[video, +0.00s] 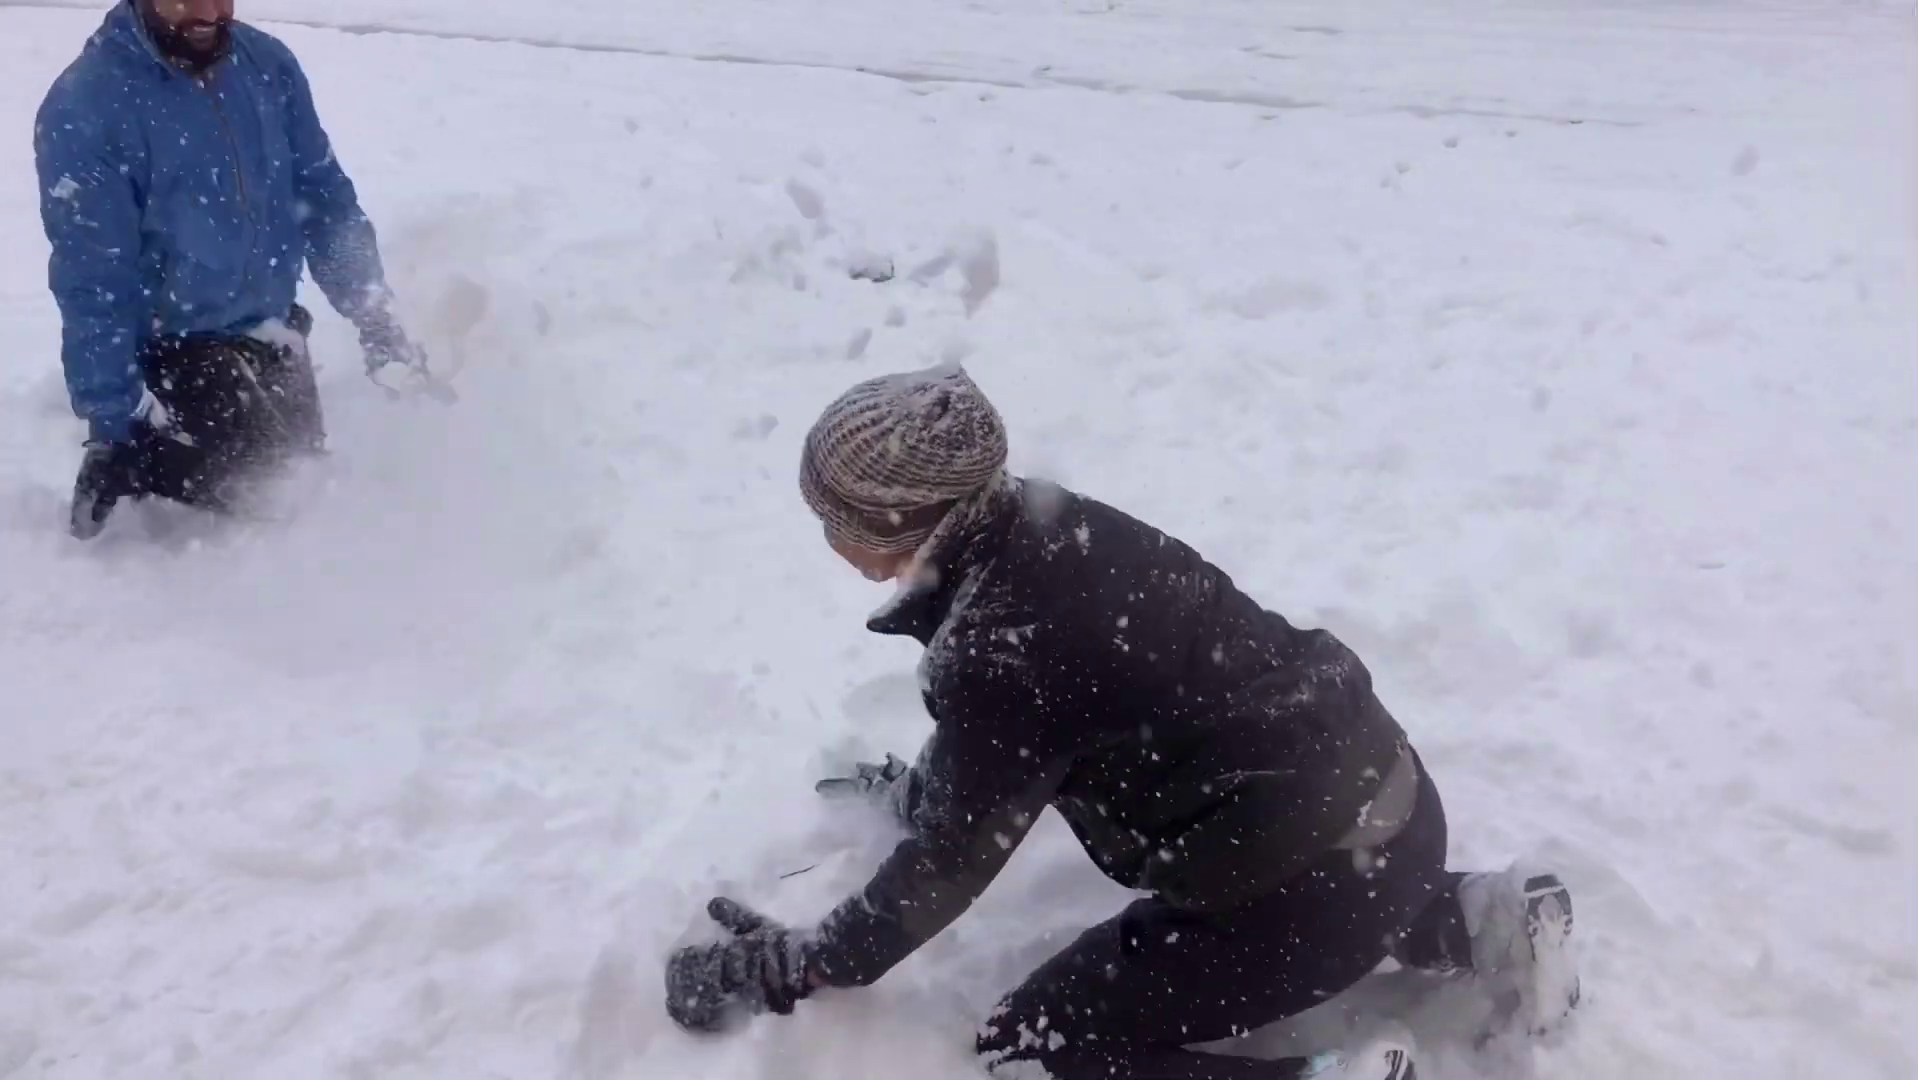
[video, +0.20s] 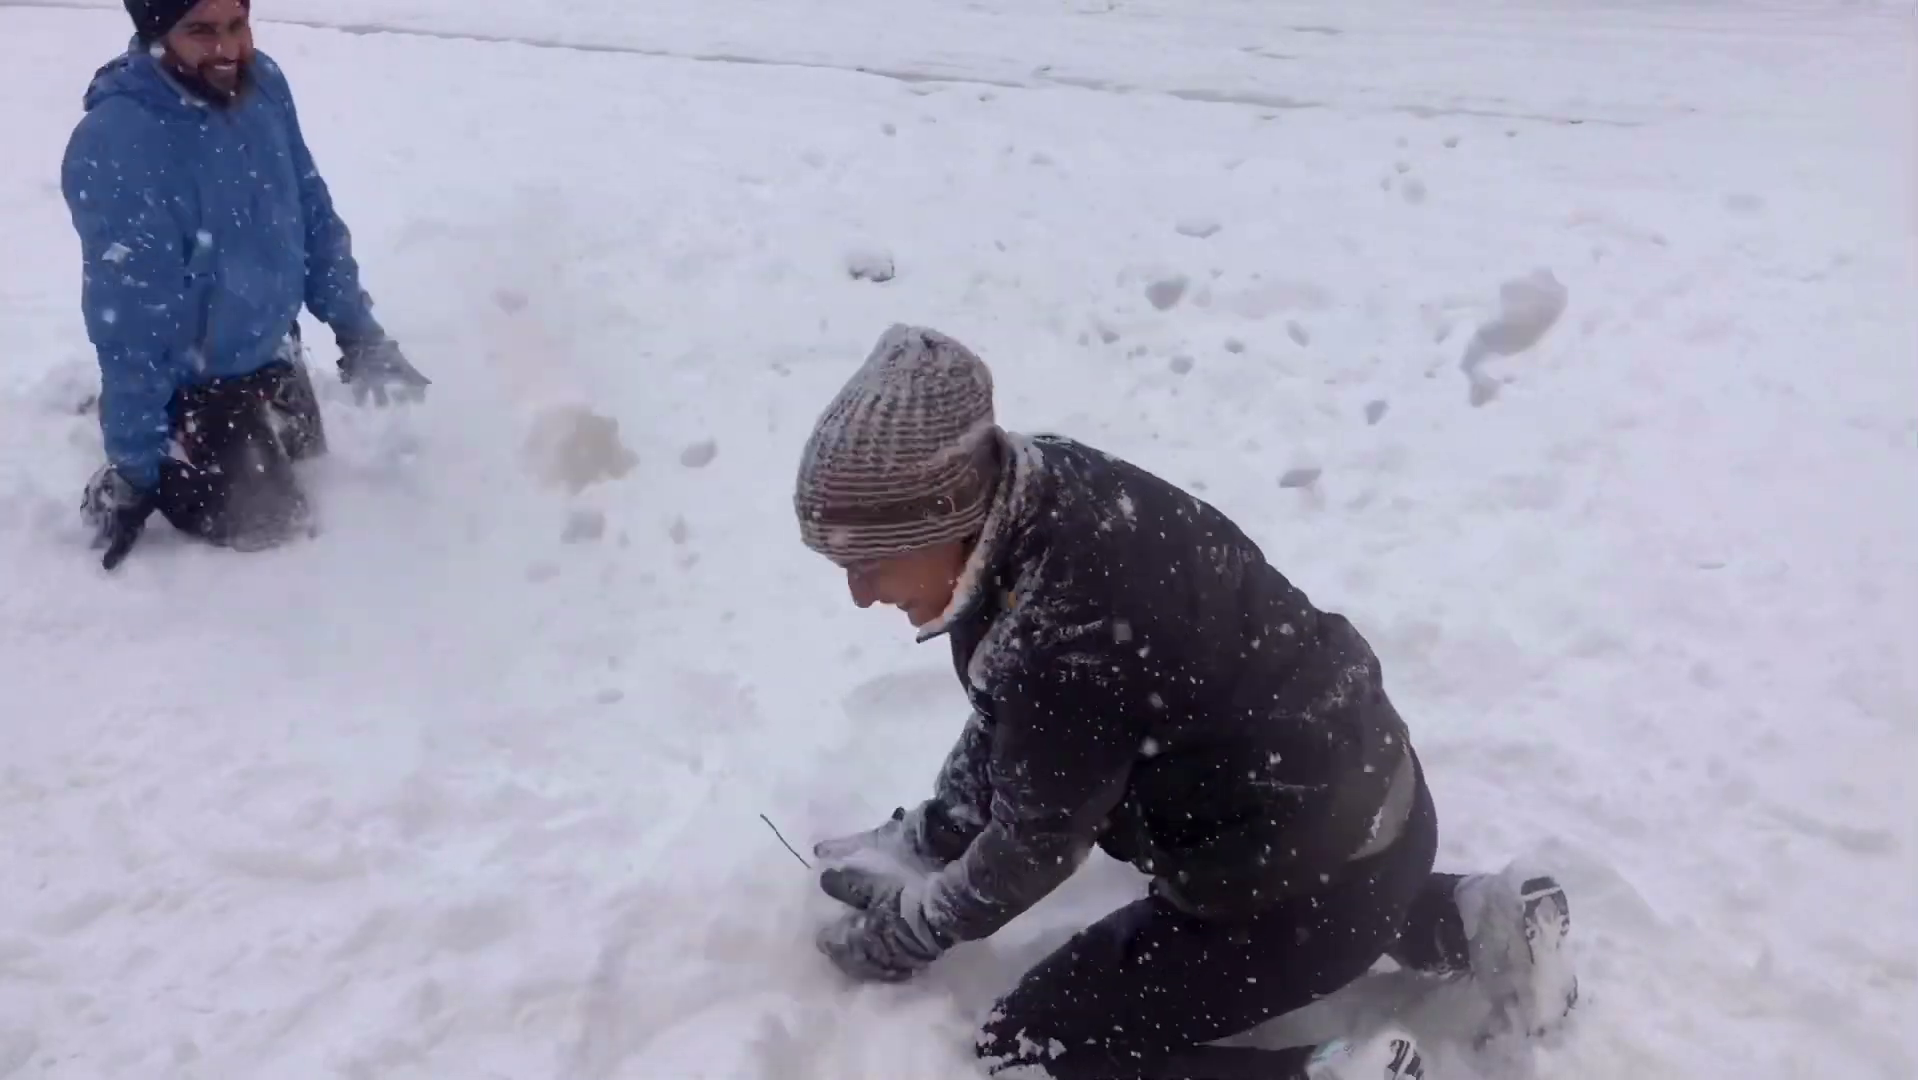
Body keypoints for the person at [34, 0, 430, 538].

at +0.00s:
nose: (209, 11)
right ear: (145, 1)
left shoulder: (267, 64)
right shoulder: (86, 107)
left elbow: (324, 199)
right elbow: (92, 281)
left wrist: (375, 317)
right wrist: (114, 429)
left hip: (274, 331)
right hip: (172, 348)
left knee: (304, 485)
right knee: (252, 496)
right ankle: (130, 467)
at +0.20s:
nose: (226, 48)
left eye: (237, 25)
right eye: (202, 31)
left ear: (252, 17)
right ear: (156, 34)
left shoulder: (262, 86)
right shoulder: (116, 141)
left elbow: (312, 222)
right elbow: (128, 321)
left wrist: (362, 339)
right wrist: (136, 474)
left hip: (275, 360)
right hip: (195, 392)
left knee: (313, 477)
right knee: (273, 530)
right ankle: (142, 488)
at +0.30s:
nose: (237, 81)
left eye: (248, 57)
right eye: (212, 62)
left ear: (261, 49)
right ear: (165, 63)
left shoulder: (268, 104)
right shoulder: (121, 164)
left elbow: (312, 233)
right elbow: (154, 363)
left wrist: (364, 345)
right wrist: (202, 518)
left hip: (268, 358)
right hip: (195, 390)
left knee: (309, 471)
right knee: (283, 533)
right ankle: (147, 477)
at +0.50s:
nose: (249, 131)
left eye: (261, 106)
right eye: (225, 111)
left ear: (275, 94)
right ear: (180, 108)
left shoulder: (295, 148)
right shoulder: (104, 193)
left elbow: (333, 281)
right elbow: (127, 383)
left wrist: (376, 397)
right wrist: (218, 479)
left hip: (279, 377)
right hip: (176, 397)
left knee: (304, 453)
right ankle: (133, 491)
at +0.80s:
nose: (265, 148)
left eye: (276, 124)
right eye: (241, 130)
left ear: (288, 109)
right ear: (191, 124)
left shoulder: (316, 164)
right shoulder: (106, 207)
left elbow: (364, 306)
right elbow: (111, 379)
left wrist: (406, 445)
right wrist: (149, 511)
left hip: (290, 358)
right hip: (184, 390)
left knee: (376, 418)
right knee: (277, 529)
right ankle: (137, 498)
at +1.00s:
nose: (270, 151)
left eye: (282, 126)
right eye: (243, 136)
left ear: (293, 108)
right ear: (191, 128)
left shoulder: (317, 136)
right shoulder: (123, 213)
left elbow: (394, 270)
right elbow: (164, 387)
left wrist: (466, 406)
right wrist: (221, 522)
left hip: (312, 341)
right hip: (211, 387)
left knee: (437, 431)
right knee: (278, 529)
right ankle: (140, 471)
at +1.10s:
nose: (278, 151)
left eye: (286, 126)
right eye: (254, 140)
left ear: (292, 101)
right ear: (199, 129)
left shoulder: (324, 124)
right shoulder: (131, 211)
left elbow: (425, 240)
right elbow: (196, 390)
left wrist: (523, 364)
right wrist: (296, 532)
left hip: (350, 345)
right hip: (243, 394)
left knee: (458, 458)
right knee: (269, 531)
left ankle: (315, 414)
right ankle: (148, 474)